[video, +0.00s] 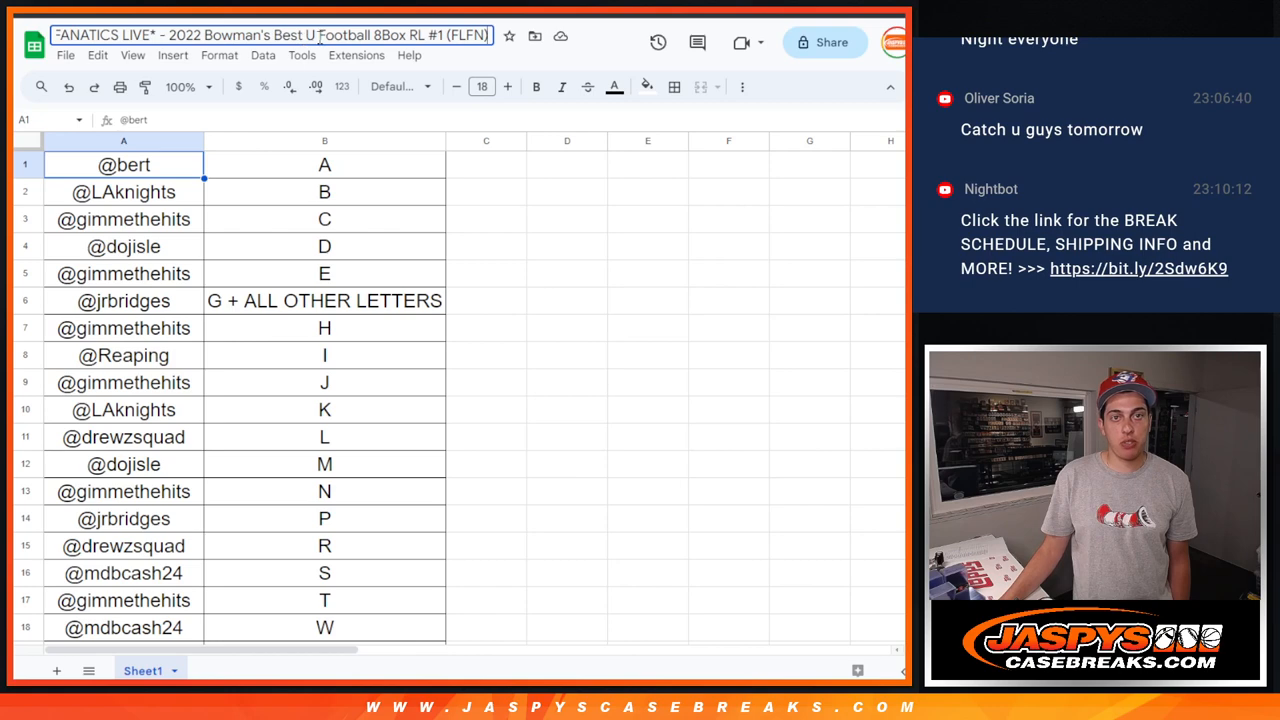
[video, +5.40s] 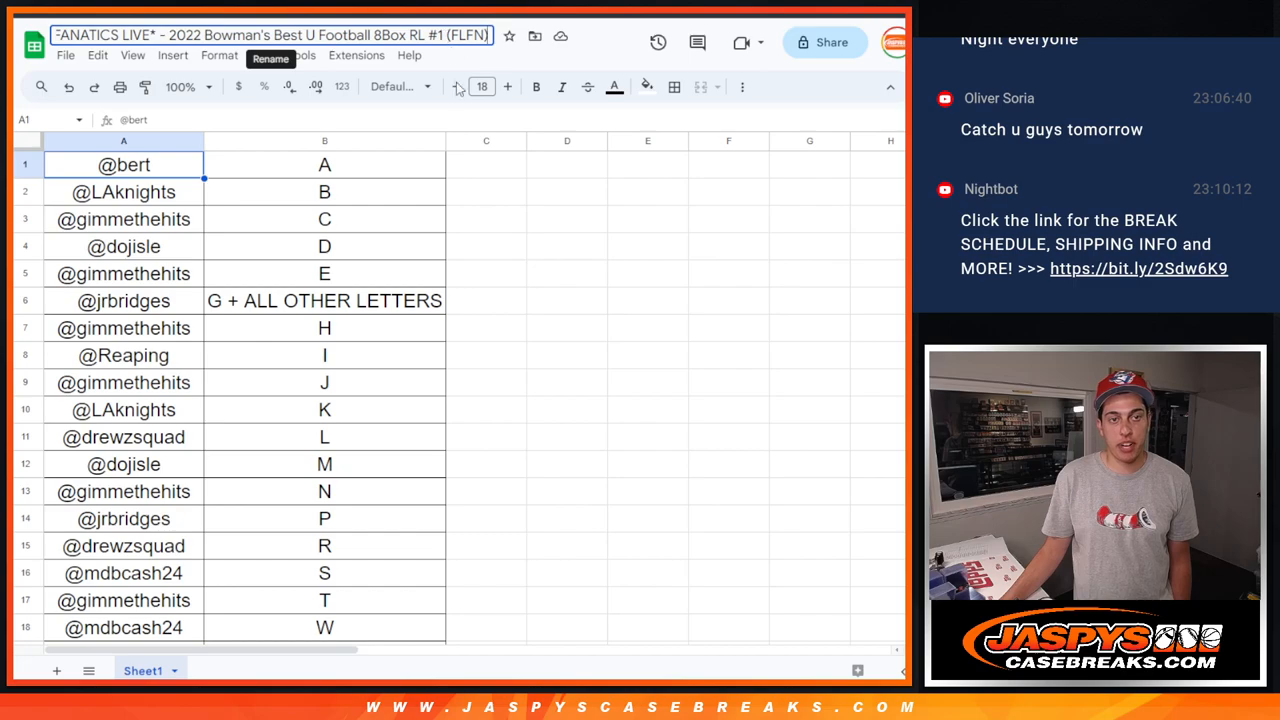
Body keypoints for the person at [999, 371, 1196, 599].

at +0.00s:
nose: (1127, 428)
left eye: (1137, 415)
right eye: (1116, 417)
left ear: (1150, 421)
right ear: (1102, 425)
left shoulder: (1175, 481)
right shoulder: (1073, 476)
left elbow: (1179, 557)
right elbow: (1051, 549)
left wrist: (1180, 611)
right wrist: (1007, 599)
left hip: (1153, 607)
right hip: (1090, 607)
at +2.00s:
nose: (1126, 426)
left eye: (1136, 414)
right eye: (1115, 416)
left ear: (1149, 421)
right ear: (1102, 425)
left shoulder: (1175, 481)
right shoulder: (1074, 475)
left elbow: (1179, 556)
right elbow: (1051, 549)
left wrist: (1179, 610)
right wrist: (1008, 599)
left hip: (1152, 606)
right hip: (1090, 605)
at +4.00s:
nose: (1119, 429)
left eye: (1131, 417)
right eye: (1110, 418)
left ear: (1150, 422)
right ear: (1101, 423)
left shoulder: (1175, 481)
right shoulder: (1074, 475)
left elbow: (1179, 557)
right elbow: (1052, 549)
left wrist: (1180, 609)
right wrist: (1007, 600)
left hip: (1153, 607)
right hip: (1090, 608)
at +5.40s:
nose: (1125, 430)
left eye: (1135, 416)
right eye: (1113, 418)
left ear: (1149, 419)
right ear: (1100, 425)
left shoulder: (1176, 481)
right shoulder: (1073, 477)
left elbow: (1180, 557)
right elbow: (1052, 549)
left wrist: (1181, 609)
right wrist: (1008, 599)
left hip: (1153, 609)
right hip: (1089, 611)